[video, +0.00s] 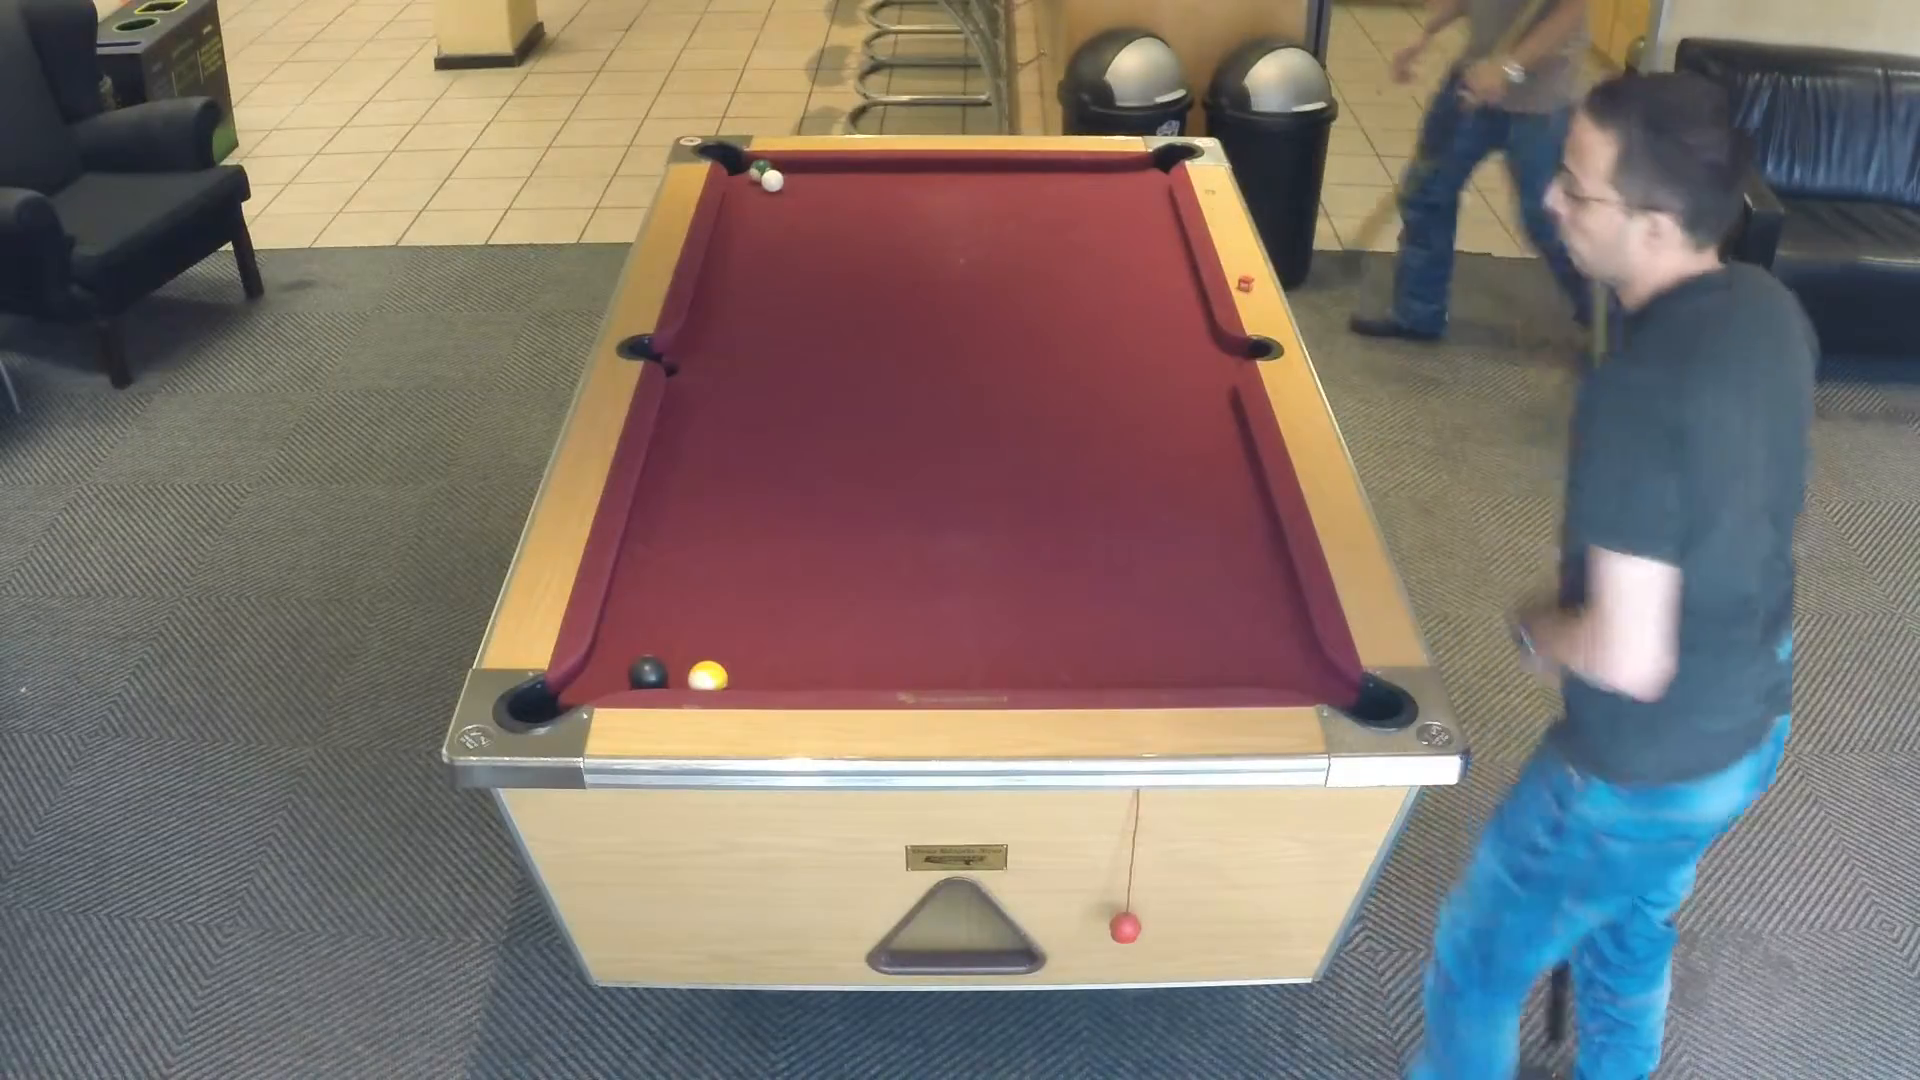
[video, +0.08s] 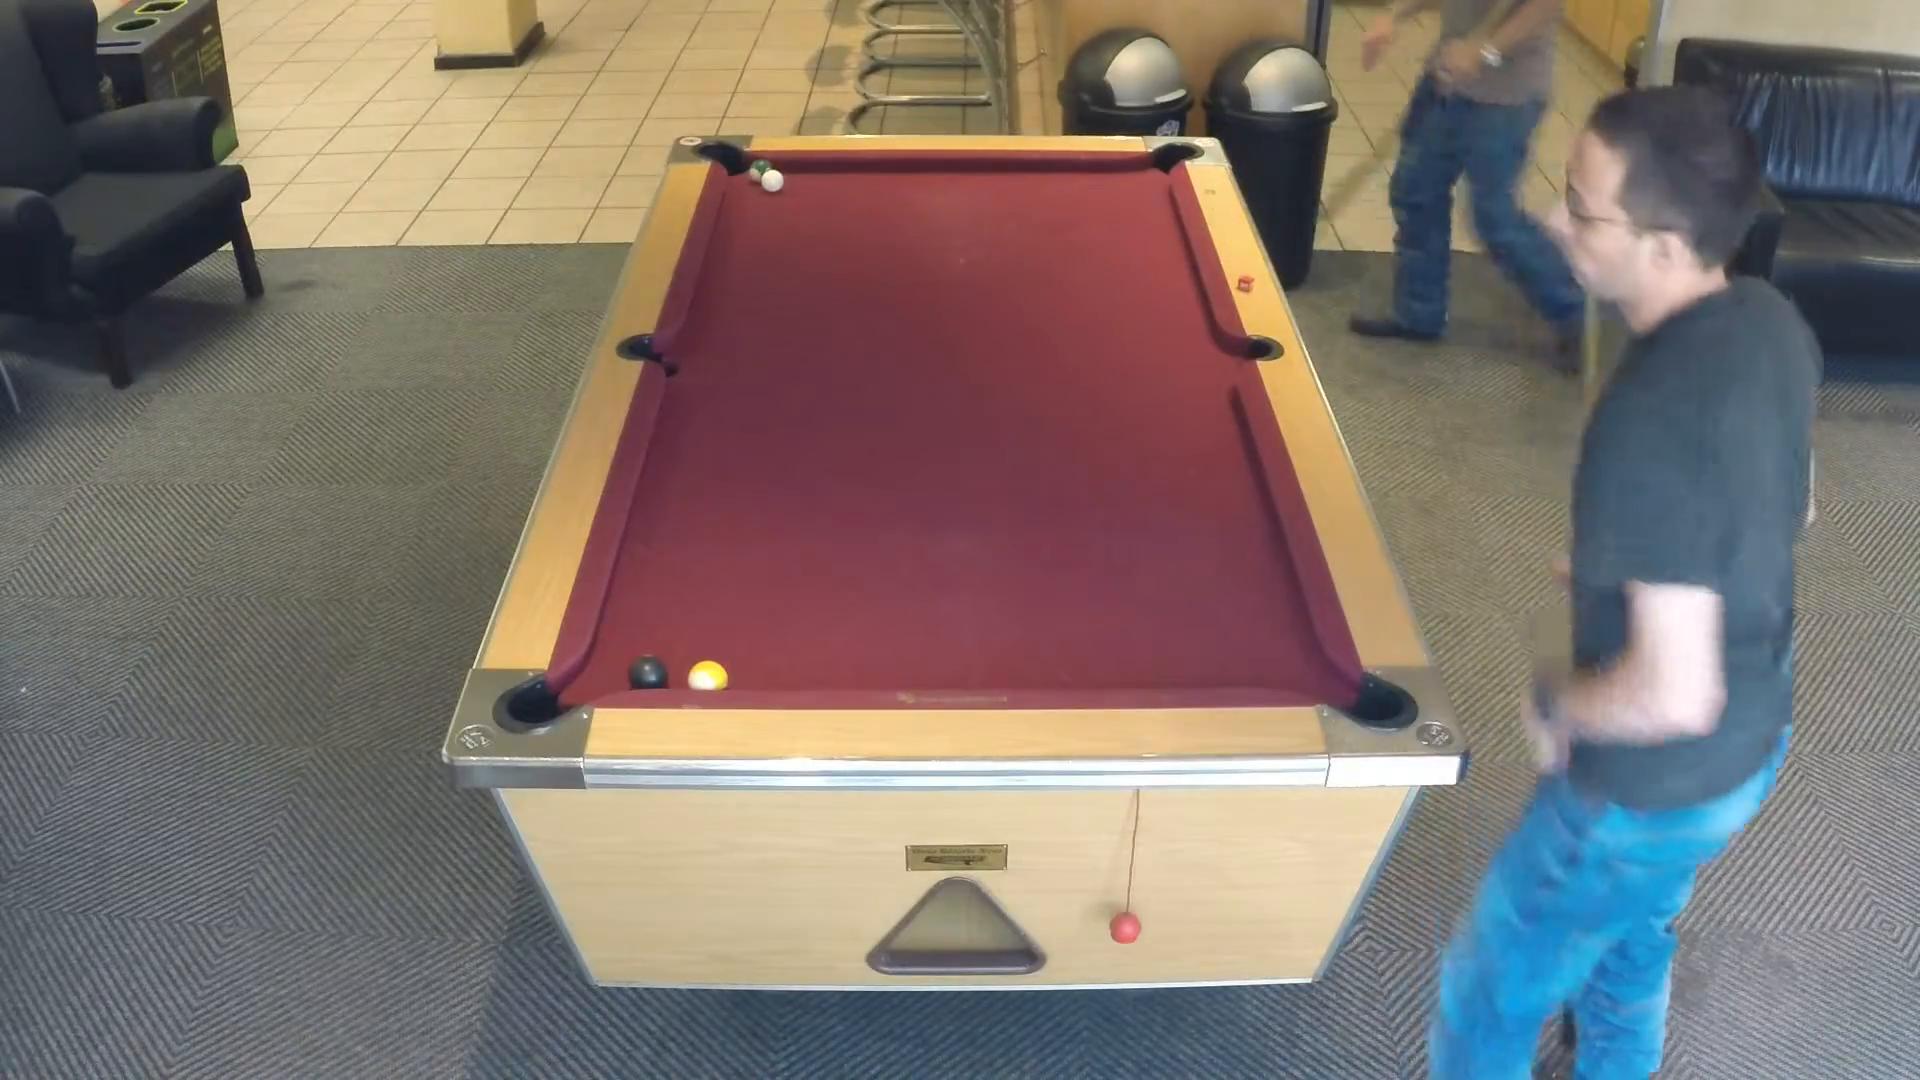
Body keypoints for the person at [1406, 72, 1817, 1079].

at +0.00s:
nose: (1551, 202)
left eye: (1577, 192)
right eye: (1561, 180)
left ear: (1656, 227)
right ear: (1676, 227)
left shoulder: (1635, 393)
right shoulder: (1771, 312)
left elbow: (1632, 661)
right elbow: (1757, 510)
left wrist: (1539, 622)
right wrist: (1611, 589)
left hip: (1634, 773)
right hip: (1741, 724)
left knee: (1477, 967)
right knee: (1629, 946)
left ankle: (1454, 1069)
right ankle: (1615, 1068)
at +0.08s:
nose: (1556, 222)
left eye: (1581, 213)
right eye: (1566, 200)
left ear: (1664, 247)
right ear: (1686, 249)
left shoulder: (1648, 422)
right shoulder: (1769, 321)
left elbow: (1677, 694)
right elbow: (1792, 511)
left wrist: (1560, 704)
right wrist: (1620, 561)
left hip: (1640, 793)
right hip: (1738, 750)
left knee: (1486, 993)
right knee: (1628, 960)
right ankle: (1614, 1067)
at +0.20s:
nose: (1544, 256)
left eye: (1571, 248)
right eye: (1556, 231)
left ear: (1660, 289)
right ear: (1674, 286)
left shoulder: (1677, 467)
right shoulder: (1752, 342)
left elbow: (1717, 760)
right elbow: (1788, 510)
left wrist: (1563, 840)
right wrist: (1613, 581)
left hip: (1652, 808)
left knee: (1521, 1044)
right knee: (1621, 1002)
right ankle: (1617, 1065)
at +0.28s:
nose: (1527, 294)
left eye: (1555, 288)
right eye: (1540, 271)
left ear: (1642, 324)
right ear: (1652, 319)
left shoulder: (1687, 527)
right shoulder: (1731, 371)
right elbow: (1783, 503)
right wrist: (1606, 611)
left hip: (1636, 848)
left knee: (1552, 1048)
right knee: (1602, 1009)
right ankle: (1609, 1059)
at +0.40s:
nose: (1486, 357)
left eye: (1511, 347)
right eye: (1500, 334)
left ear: (1593, 405)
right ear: (1602, 398)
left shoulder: (1679, 641)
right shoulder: (1671, 441)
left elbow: (1627, 880)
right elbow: (1757, 510)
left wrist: (1529, 1057)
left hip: (1616, 942)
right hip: (1565, 859)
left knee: (1553, 1065)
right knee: (1532, 1011)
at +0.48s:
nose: (1459, 397)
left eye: (1476, 395)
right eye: (1469, 382)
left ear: (1552, 441)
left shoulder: (1673, 681)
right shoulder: (1648, 453)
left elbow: (1617, 931)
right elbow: (1727, 519)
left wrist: (1512, 1066)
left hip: (1588, 985)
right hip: (1520, 883)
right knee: (1475, 1028)